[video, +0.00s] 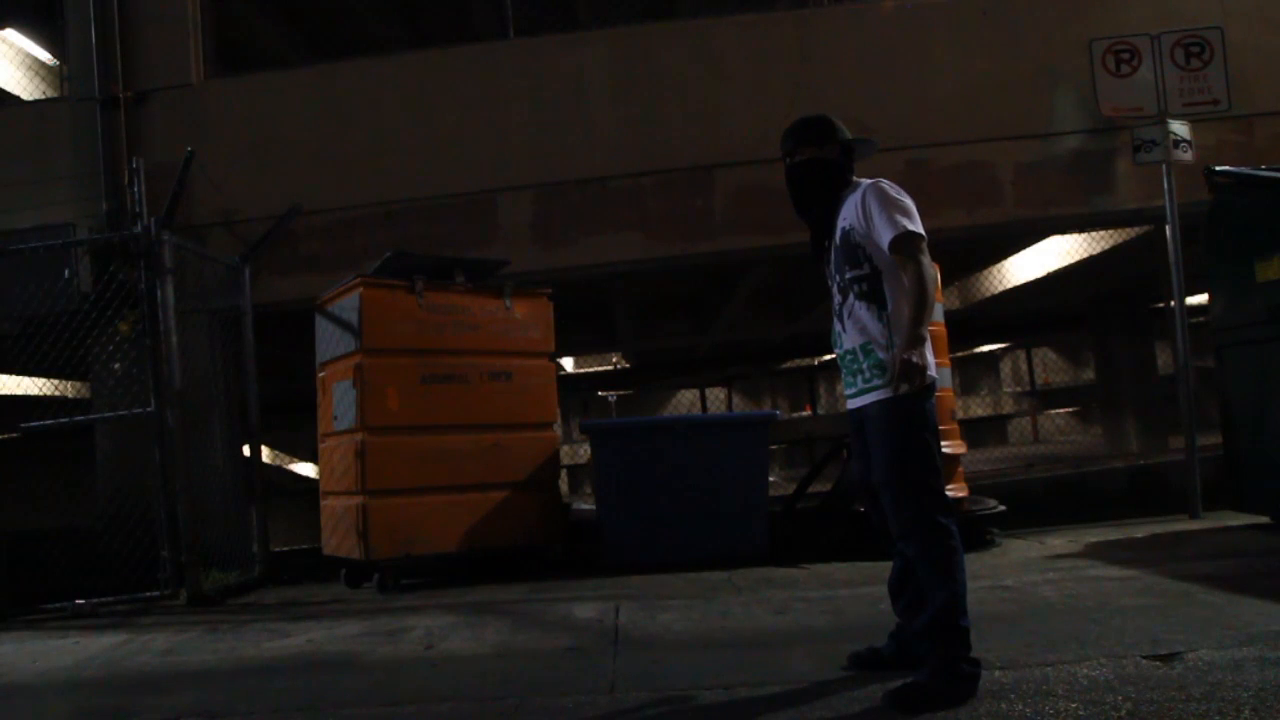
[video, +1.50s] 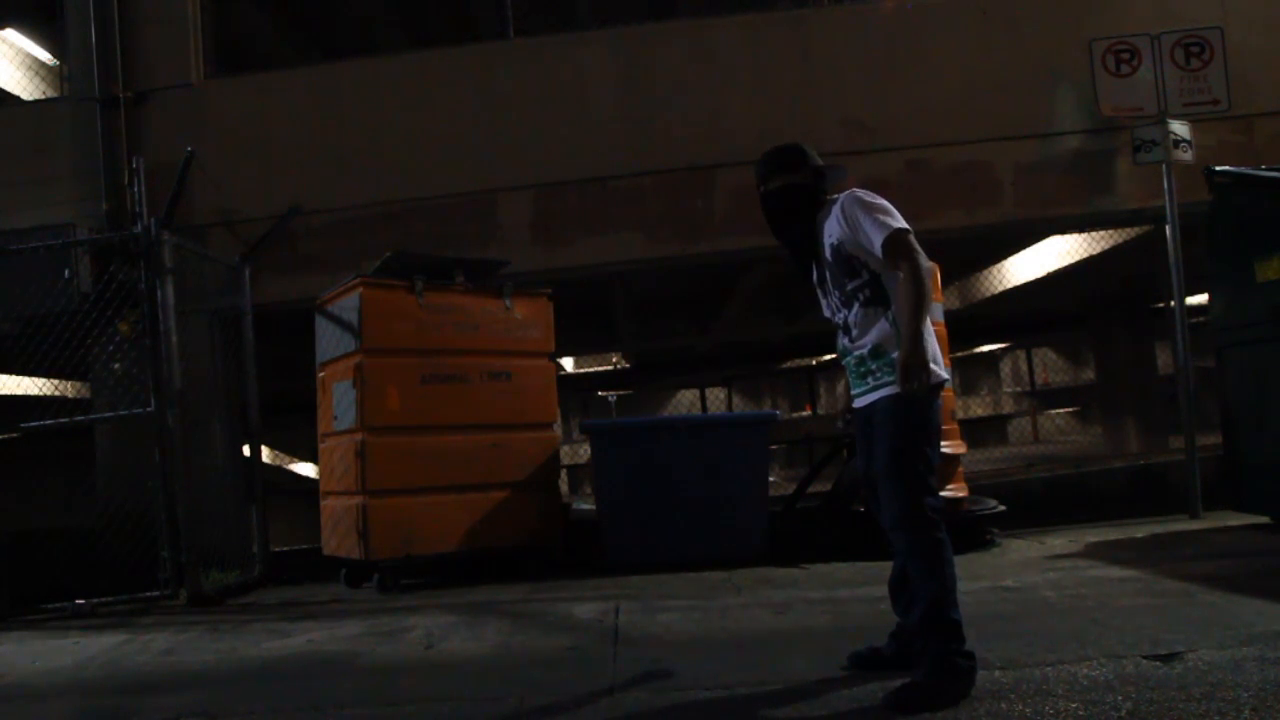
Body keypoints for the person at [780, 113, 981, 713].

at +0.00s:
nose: (796, 180)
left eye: (804, 166)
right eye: (791, 169)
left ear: (833, 161)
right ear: (802, 169)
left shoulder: (873, 195)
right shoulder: (840, 221)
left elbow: (918, 265)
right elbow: (860, 306)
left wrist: (912, 345)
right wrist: (856, 383)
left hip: (902, 393)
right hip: (872, 398)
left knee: (925, 521)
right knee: (898, 522)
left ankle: (951, 662)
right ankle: (913, 639)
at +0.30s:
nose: (796, 179)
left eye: (804, 165)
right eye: (792, 168)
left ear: (833, 160)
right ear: (808, 166)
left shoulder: (873, 195)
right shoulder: (843, 220)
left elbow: (916, 265)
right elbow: (865, 305)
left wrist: (909, 349)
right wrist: (859, 384)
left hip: (902, 393)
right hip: (873, 398)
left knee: (926, 523)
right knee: (899, 523)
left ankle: (951, 664)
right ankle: (914, 639)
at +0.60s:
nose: (799, 177)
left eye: (807, 163)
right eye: (795, 166)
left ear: (836, 158)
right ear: (809, 166)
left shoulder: (875, 194)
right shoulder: (842, 220)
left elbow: (916, 264)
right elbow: (862, 309)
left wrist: (907, 346)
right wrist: (853, 387)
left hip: (903, 393)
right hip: (873, 399)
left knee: (926, 522)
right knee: (898, 522)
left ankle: (952, 663)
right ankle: (914, 639)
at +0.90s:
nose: (787, 186)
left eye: (795, 172)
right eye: (784, 175)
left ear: (823, 166)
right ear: (811, 170)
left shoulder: (865, 200)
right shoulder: (833, 225)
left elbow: (916, 263)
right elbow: (863, 310)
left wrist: (914, 332)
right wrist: (850, 370)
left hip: (903, 392)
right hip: (875, 398)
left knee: (916, 522)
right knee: (897, 523)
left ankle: (949, 662)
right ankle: (913, 639)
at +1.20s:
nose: (774, 201)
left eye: (780, 186)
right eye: (769, 190)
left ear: (809, 177)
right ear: (784, 189)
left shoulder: (855, 205)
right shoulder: (825, 243)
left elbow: (919, 267)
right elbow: (861, 320)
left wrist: (920, 352)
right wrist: (860, 387)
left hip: (905, 392)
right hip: (875, 401)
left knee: (916, 519)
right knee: (897, 520)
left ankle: (947, 660)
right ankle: (914, 638)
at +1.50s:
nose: (773, 207)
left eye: (778, 193)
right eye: (768, 197)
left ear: (806, 182)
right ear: (784, 194)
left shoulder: (852, 206)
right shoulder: (823, 244)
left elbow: (912, 264)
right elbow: (861, 321)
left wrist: (912, 353)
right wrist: (860, 392)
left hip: (904, 393)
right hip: (876, 402)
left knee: (915, 520)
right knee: (897, 520)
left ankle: (947, 660)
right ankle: (914, 638)